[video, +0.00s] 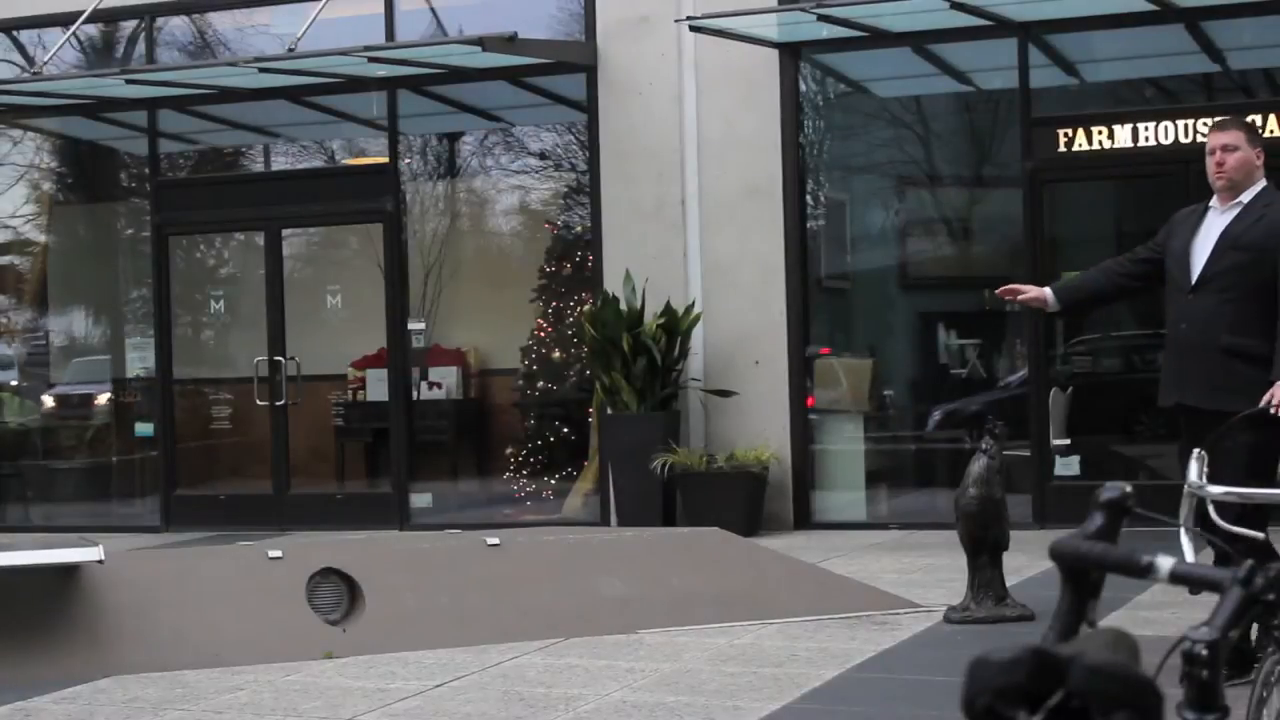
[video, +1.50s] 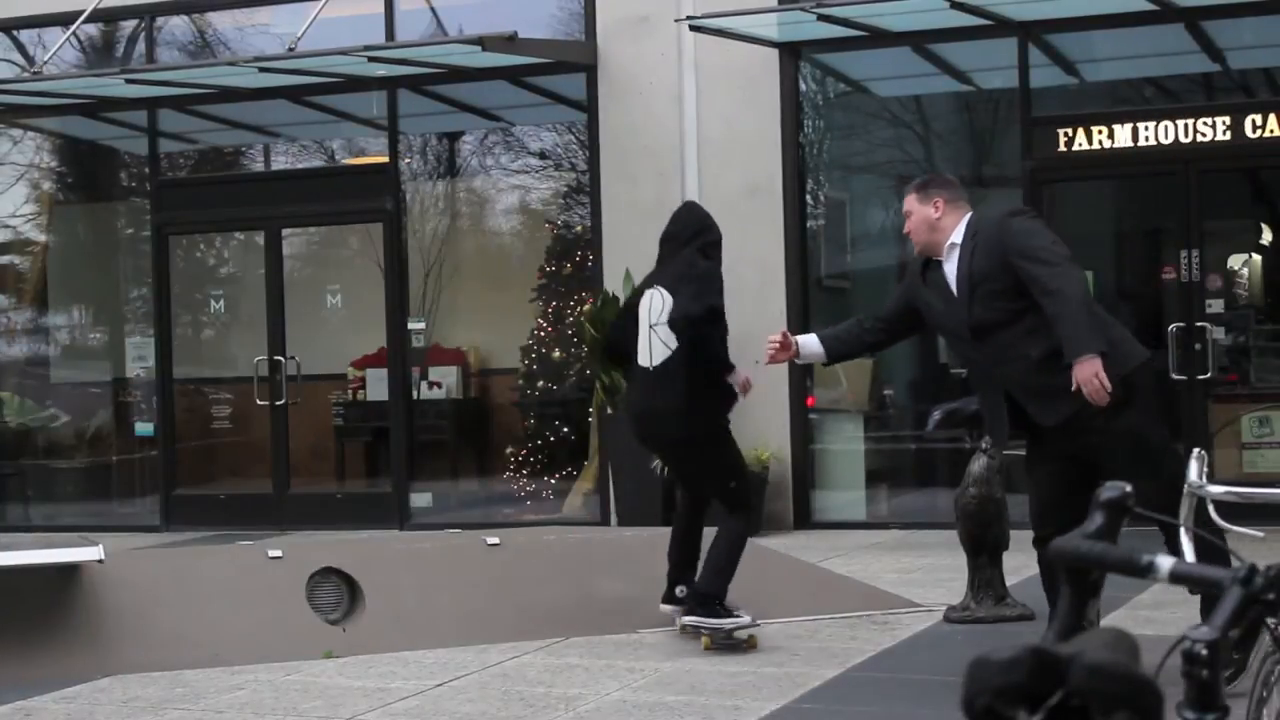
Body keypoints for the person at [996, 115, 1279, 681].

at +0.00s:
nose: (1218, 160)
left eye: (1229, 150)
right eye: (1212, 152)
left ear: (1258, 156)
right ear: (1205, 161)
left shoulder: (1273, 214)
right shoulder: (1187, 220)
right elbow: (1130, 269)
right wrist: (1054, 295)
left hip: (1251, 399)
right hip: (1192, 399)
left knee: (1244, 522)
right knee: (1214, 522)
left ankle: (1248, 635)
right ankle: (1242, 629)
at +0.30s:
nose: (1173, 153)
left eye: (1186, 143)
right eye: (1168, 145)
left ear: (1216, 151)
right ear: (1162, 156)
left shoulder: (1248, 214)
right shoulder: (1143, 215)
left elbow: (1246, 293)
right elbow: (1089, 266)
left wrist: (1216, 356)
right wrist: (1013, 303)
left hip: (1207, 395)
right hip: (1136, 396)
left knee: (1219, 521)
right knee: (1132, 520)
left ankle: (1234, 640)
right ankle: (1142, 635)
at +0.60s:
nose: (1103, 161)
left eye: (1114, 151)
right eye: (1097, 154)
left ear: (1145, 155)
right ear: (1092, 164)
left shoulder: (1185, 216)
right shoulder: (1073, 227)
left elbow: (1194, 295)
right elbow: (1014, 276)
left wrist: (1161, 354)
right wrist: (937, 311)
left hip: (1164, 402)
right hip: (1091, 406)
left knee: (1186, 518)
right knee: (1093, 528)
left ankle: (1227, 633)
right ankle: (1074, 636)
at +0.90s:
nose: (1021, 166)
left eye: (1030, 154)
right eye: (1015, 158)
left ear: (1063, 155)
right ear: (1013, 168)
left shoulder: (1119, 208)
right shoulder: (1005, 232)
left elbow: (1146, 288)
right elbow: (952, 288)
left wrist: (1148, 358)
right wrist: (876, 326)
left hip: (1119, 393)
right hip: (1049, 404)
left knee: (1158, 513)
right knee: (1064, 524)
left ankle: (1205, 616)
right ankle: (1070, 636)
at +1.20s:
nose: (961, 183)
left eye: (969, 171)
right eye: (959, 174)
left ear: (1006, 168)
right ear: (991, 174)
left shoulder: (1075, 210)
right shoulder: (968, 251)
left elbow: (1112, 284)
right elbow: (911, 300)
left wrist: (1112, 358)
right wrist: (832, 335)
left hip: (1106, 394)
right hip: (1039, 412)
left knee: (1148, 515)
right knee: (1061, 530)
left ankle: (1197, 627)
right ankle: (1067, 642)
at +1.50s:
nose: (903, 227)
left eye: (908, 215)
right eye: (902, 218)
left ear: (940, 206)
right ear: (930, 213)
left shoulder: (1007, 229)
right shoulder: (926, 280)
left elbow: (1060, 283)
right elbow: (880, 329)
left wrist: (1083, 352)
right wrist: (805, 347)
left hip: (1106, 388)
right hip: (1050, 418)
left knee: (1169, 501)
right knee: (1054, 536)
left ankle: (1231, 603)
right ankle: (1067, 650)